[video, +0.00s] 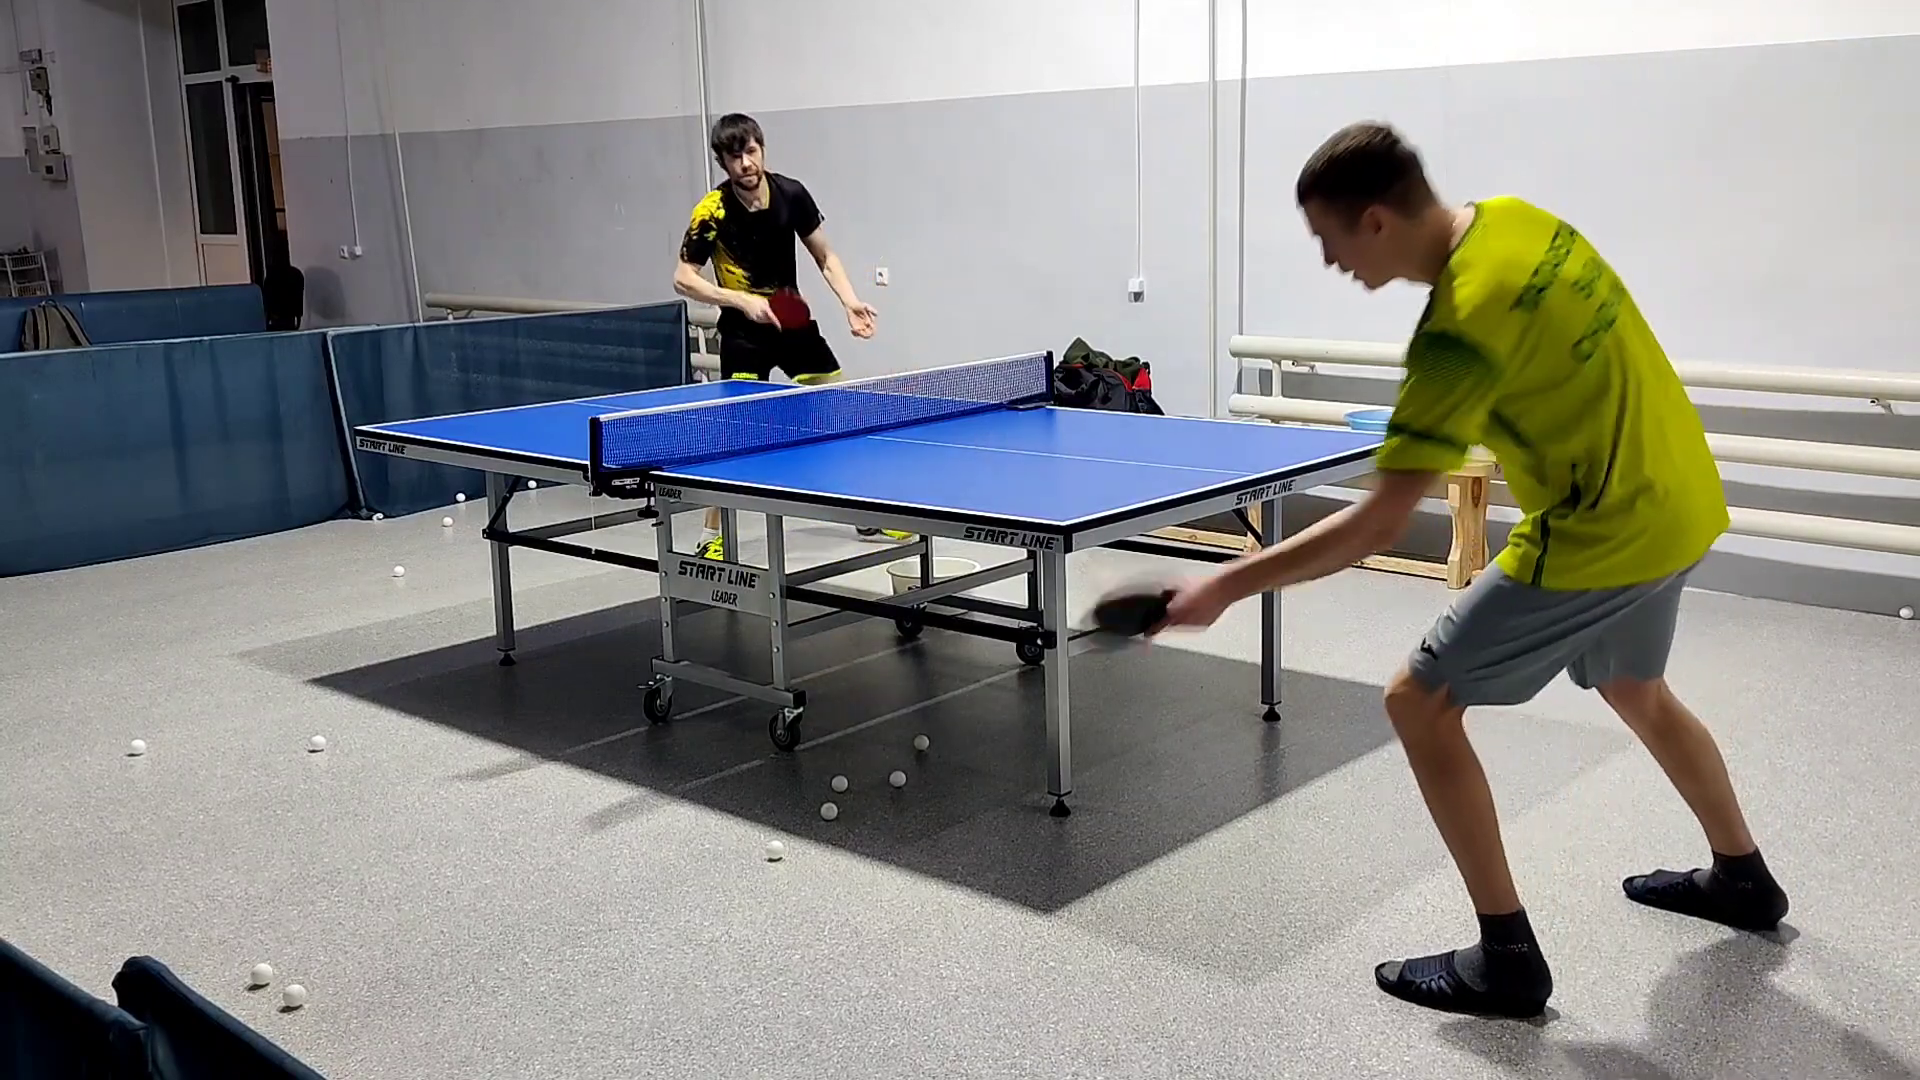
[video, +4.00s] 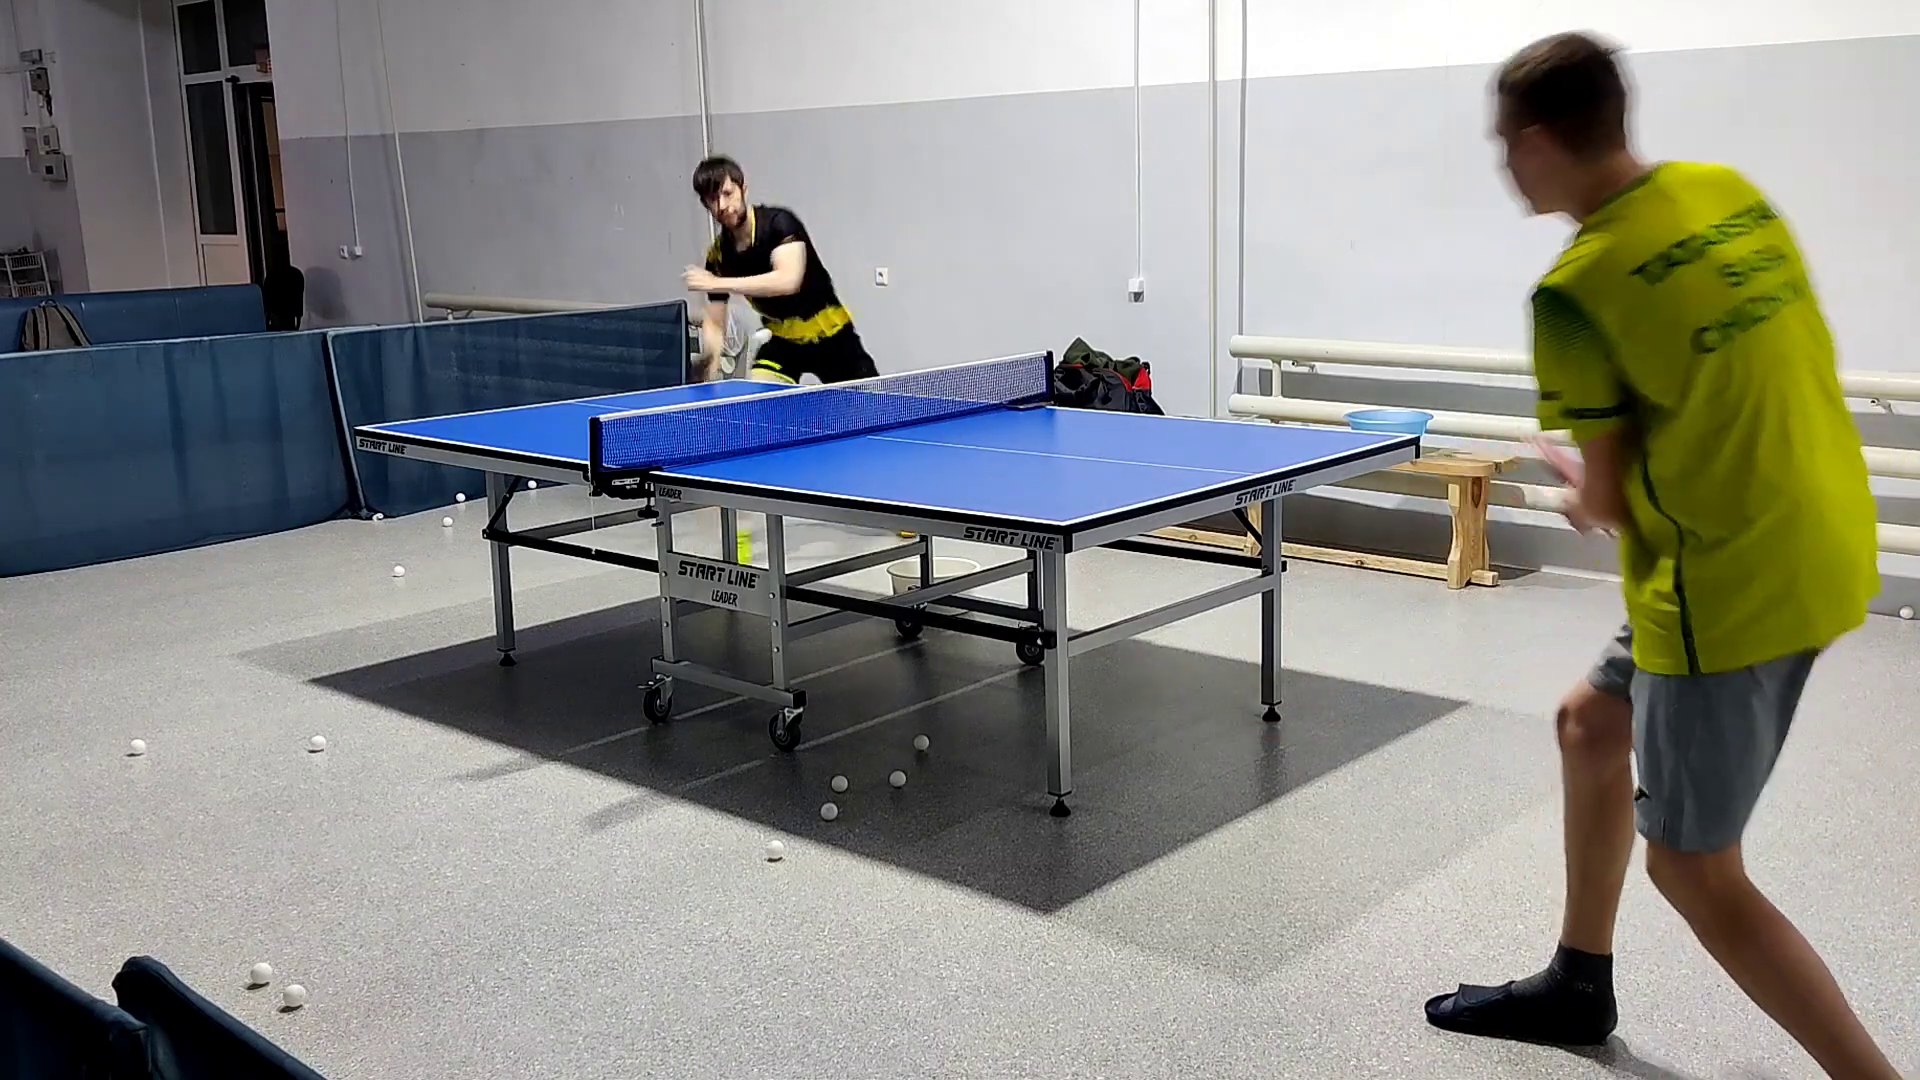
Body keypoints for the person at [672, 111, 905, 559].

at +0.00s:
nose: (745, 164)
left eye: (750, 153)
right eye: (734, 157)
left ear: (763, 150)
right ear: (722, 162)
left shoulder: (790, 194)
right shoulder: (712, 210)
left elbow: (824, 255)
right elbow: (685, 278)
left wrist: (850, 302)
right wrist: (740, 299)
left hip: (793, 322)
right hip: (742, 329)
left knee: (844, 408)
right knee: (732, 427)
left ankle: (870, 507)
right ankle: (714, 535)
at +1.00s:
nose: (807, 226)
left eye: (813, 216)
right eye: (798, 221)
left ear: (828, 215)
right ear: (792, 228)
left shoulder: (861, 260)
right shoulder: (790, 262)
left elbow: (896, 326)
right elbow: (755, 224)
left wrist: (859, 294)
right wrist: (798, 169)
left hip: (862, 385)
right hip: (805, 386)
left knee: (887, 469)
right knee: (789, 463)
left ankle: (903, 559)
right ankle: (763, 536)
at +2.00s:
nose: (769, 165)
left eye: (774, 154)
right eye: (758, 159)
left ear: (786, 152)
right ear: (748, 167)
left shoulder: (819, 192)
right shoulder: (748, 219)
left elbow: (848, 250)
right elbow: (739, 294)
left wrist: (782, 251)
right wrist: (736, 281)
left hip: (844, 325)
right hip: (792, 328)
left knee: (871, 419)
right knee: (766, 414)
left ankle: (888, 505)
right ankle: (748, 528)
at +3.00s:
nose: (766, 186)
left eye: (770, 175)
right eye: (755, 181)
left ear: (783, 175)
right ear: (747, 192)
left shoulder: (824, 217)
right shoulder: (752, 240)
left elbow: (874, 269)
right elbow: (744, 310)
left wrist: (839, 304)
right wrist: (775, 305)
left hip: (845, 344)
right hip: (792, 348)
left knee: (889, 422)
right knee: (758, 424)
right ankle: (726, 526)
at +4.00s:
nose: (723, 206)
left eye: (728, 194)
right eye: (713, 199)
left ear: (743, 189)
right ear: (706, 204)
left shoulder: (780, 223)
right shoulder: (719, 256)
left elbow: (788, 281)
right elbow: (714, 322)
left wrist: (717, 284)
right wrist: (712, 360)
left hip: (832, 338)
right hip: (784, 344)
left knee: (877, 410)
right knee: (754, 410)